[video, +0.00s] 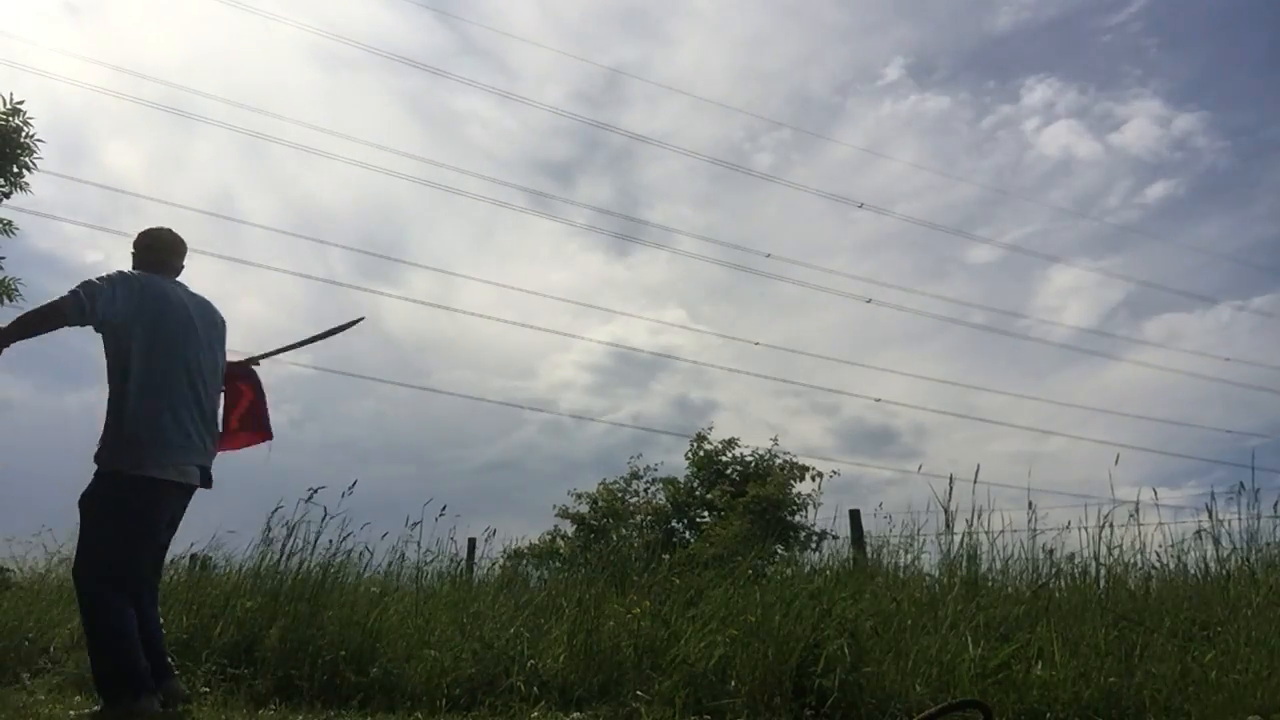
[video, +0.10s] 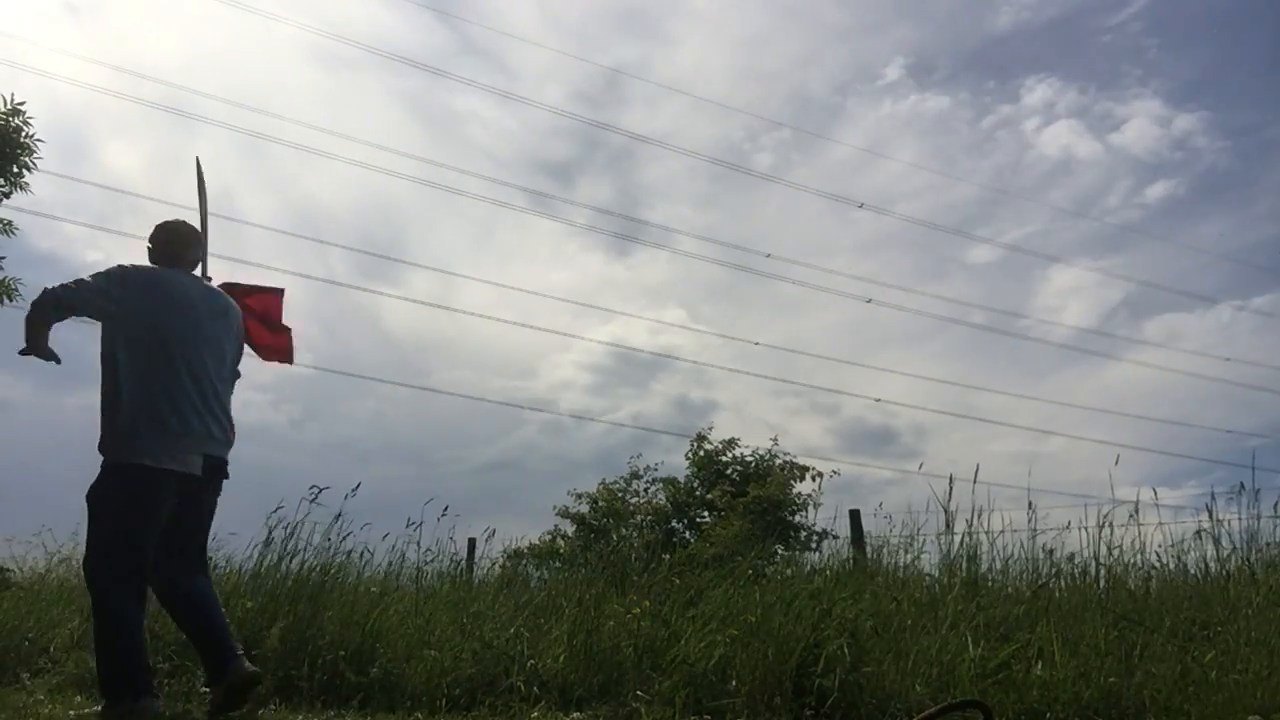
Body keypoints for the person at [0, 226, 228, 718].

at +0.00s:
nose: (132, 262)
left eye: (135, 256)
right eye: (139, 256)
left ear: (139, 256)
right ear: (180, 264)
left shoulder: (127, 286)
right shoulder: (210, 314)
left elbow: (64, 310)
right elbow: (210, 376)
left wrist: (7, 335)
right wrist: (236, 367)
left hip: (132, 460)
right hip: (186, 469)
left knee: (96, 574)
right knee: (140, 575)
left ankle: (127, 697)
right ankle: (162, 685)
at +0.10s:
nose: (153, 256)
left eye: (154, 250)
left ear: (152, 251)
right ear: (199, 260)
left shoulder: (129, 283)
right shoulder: (226, 307)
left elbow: (48, 303)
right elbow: (229, 372)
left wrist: (35, 343)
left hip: (137, 461)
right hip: (206, 466)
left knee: (112, 575)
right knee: (181, 567)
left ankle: (129, 699)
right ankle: (229, 669)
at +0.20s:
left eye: (163, 250)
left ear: (167, 251)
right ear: (216, 260)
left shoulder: (133, 285)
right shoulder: (238, 305)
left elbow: (70, 326)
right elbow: (236, 357)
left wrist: (111, 345)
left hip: (142, 467)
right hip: (223, 469)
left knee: (116, 575)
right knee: (244, 557)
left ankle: (130, 697)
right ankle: (272, 653)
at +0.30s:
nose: (207, 262)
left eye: (195, 252)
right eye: (227, 259)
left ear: (184, 256)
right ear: (231, 263)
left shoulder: (146, 295)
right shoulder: (253, 303)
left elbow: (135, 363)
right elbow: (243, 358)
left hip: (152, 471)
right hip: (238, 467)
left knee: (118, 577)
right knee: (285, 555)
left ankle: (131, 698)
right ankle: (306, 652)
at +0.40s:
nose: (253, 270)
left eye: (248, 263)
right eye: (253, 264)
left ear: (205, 260)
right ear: (251, 264)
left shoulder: (165, 305)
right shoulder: (266, 295)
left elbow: (196, 360)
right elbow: (274, 371)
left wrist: (273, 320)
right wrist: (276, 324)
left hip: (168, 475)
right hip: (252, 469)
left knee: (137, 589)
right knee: (296, 570)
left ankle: (133, 699)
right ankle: (322, 667)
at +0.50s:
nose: (284, 267)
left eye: (283, 259)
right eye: (282, 259)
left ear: (235, 259)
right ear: (271, 255)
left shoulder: (194, 305)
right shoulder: (277, 288)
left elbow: (218, 382)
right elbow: (326, 361)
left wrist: (292, 393)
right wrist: (306, 395)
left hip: (191, 473)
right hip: (270, 468)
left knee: (164, 583)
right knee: (296, 580)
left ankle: (139, 692)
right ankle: (310, 692)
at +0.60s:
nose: (320, 264)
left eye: (316, 256)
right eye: (316, 256)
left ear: (266, 254)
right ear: (305, 252)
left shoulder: (226, 306)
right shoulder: (298, 275)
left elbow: (240, 396)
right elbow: (358, 277)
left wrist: (302, 381)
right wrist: (381, 356)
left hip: (208, 468)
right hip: (280, 458)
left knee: (180, 575)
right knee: (321, 562)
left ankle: (135, 689)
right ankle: (307, 695)